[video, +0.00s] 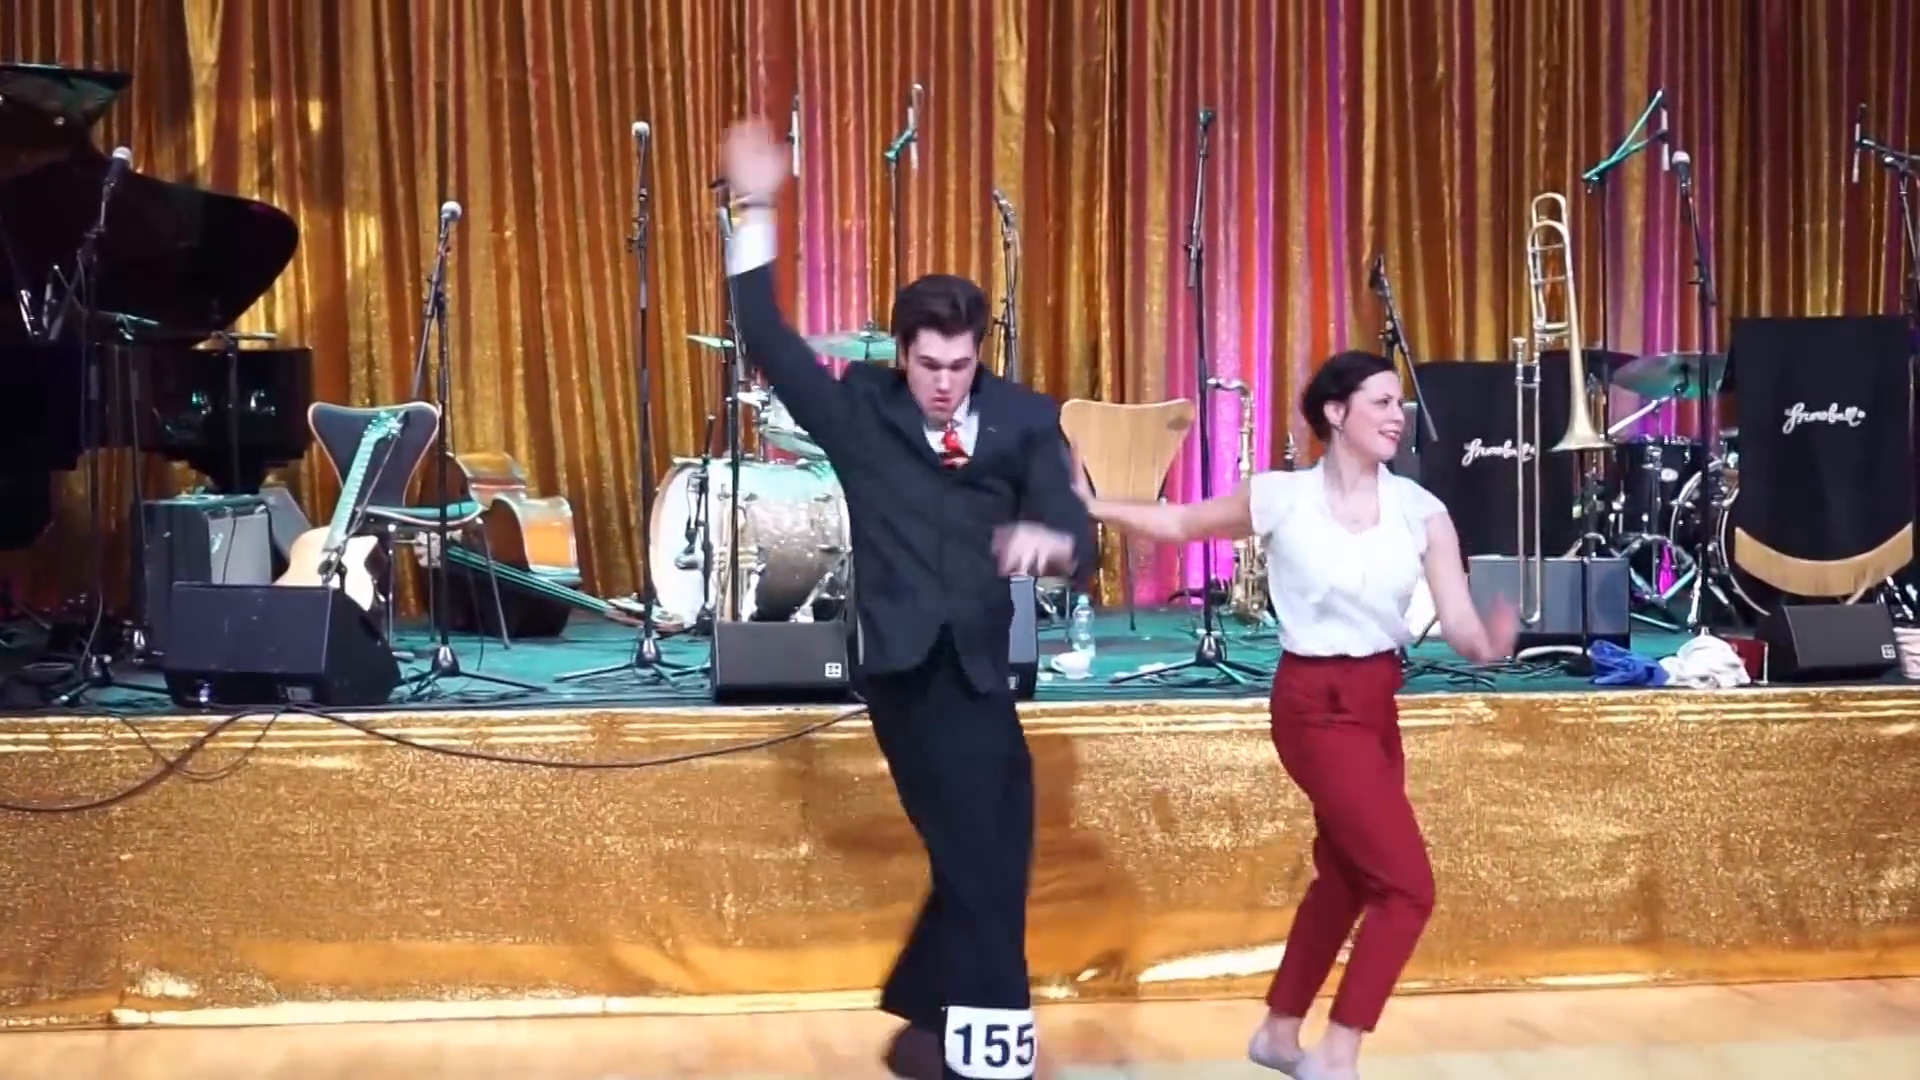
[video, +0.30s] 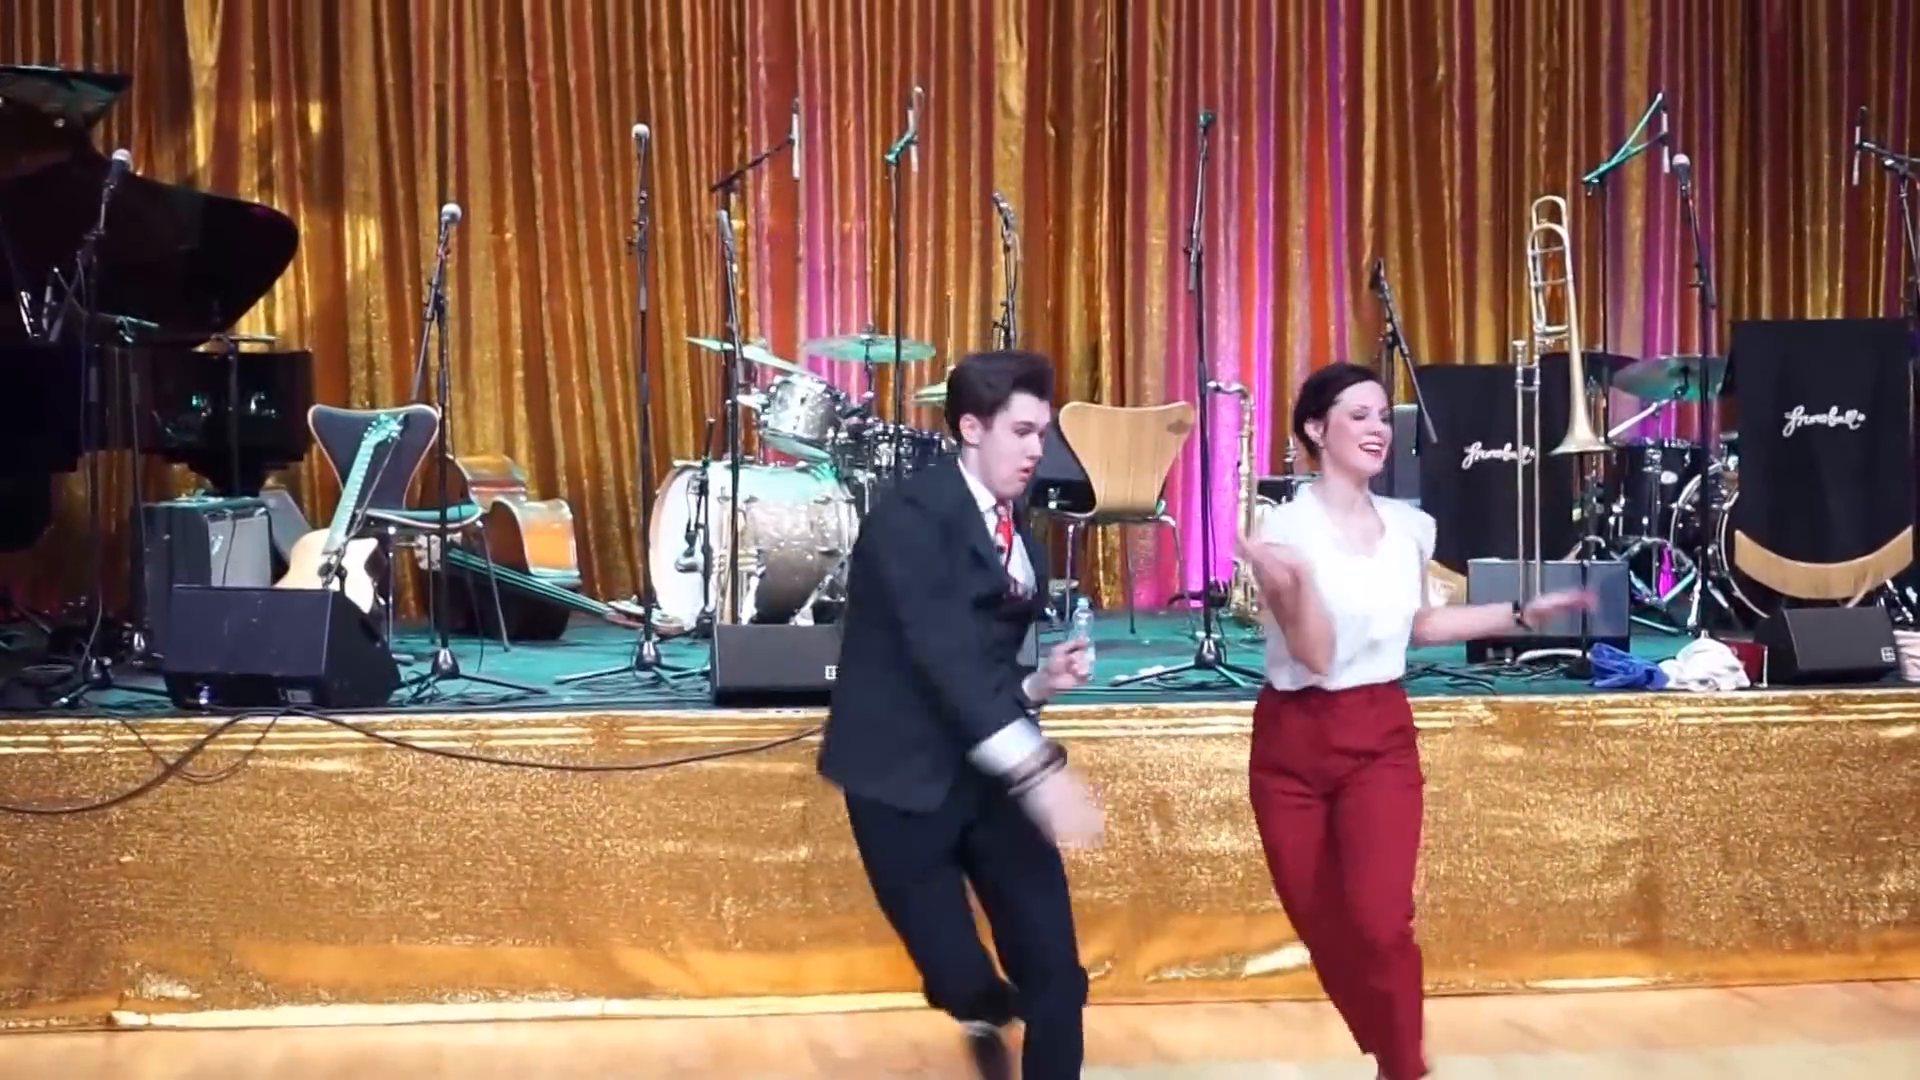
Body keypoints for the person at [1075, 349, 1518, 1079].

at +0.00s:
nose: (1398, 417)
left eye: (1400, 404)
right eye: (1382, 403)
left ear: (1392, 415)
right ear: (1334, 413)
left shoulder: (1421, 512)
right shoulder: (1278, 496)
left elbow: (1460, 624)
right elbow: (1177, 520)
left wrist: (1491, 644)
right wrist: (1095, 506)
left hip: (1378, 702)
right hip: (1309, 702)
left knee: (1342, 877)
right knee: (1409, 887)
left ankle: (1278, 1031)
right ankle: (1334, 1057)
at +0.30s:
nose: (1378, 430)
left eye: (1384, 418)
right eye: (1360, 417)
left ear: (1390, 432)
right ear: (1316, 431)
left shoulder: (1406, 527)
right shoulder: (1278, 528)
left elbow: (1423, 624)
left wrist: (1534, 610)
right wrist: (1292, 587)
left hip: (1381, 741)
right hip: (1291, 749)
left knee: (1380, 925)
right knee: (1327, 935)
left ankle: (1404, 1073)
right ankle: (1401, 1065)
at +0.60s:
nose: (1321, 423)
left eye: (1337, 410)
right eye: (1304, 409)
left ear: (1356, 424)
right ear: (1279, 422)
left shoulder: (1370, 532)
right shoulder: (1227, 504)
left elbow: (1385, 656)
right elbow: (1155, 595)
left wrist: (1411, 570)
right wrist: (1120, 693)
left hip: (1327, 752)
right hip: (1244, 748)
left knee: (1339, 957)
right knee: (1230, 962)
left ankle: (1356, 1077)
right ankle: (1178, 1077)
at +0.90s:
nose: (1241, 435)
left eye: (1259, 418)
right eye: (1228, 418)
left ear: (1292, 428)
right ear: (1213, 425)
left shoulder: (1309, 535)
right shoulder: (1159, 497)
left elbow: (1328, 651)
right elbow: (1063, 557)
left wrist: (1330, 597)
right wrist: (959, 607)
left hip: (1223, 760)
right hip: (1141, 745)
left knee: (1245, 976)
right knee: (1115, 970)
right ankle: (1089, 1077)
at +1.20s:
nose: (1193, 470)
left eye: (1212, 455)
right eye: (1179, 451)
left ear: (1236, 453)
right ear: (1155, 441)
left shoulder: (1251, 548)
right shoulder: (1102, 534)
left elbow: (1268, 663)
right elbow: (1089, 664)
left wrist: (1321, 724)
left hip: (1192, 778)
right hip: (1089, 770)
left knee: (1121, 962)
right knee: (1075, 983)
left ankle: (1177, 1075)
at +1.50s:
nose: (1239, 487)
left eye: (1255, 471)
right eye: (1223, 468)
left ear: (1274, 468)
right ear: (1190, 458)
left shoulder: (1289, 557)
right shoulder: (1127, 555)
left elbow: (1405, 625)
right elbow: (1068, 666)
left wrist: (1434, 528)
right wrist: (1041, 791)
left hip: (1250, 801)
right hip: (1150, 796)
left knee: (1207, 1008)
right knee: (1171, 994)